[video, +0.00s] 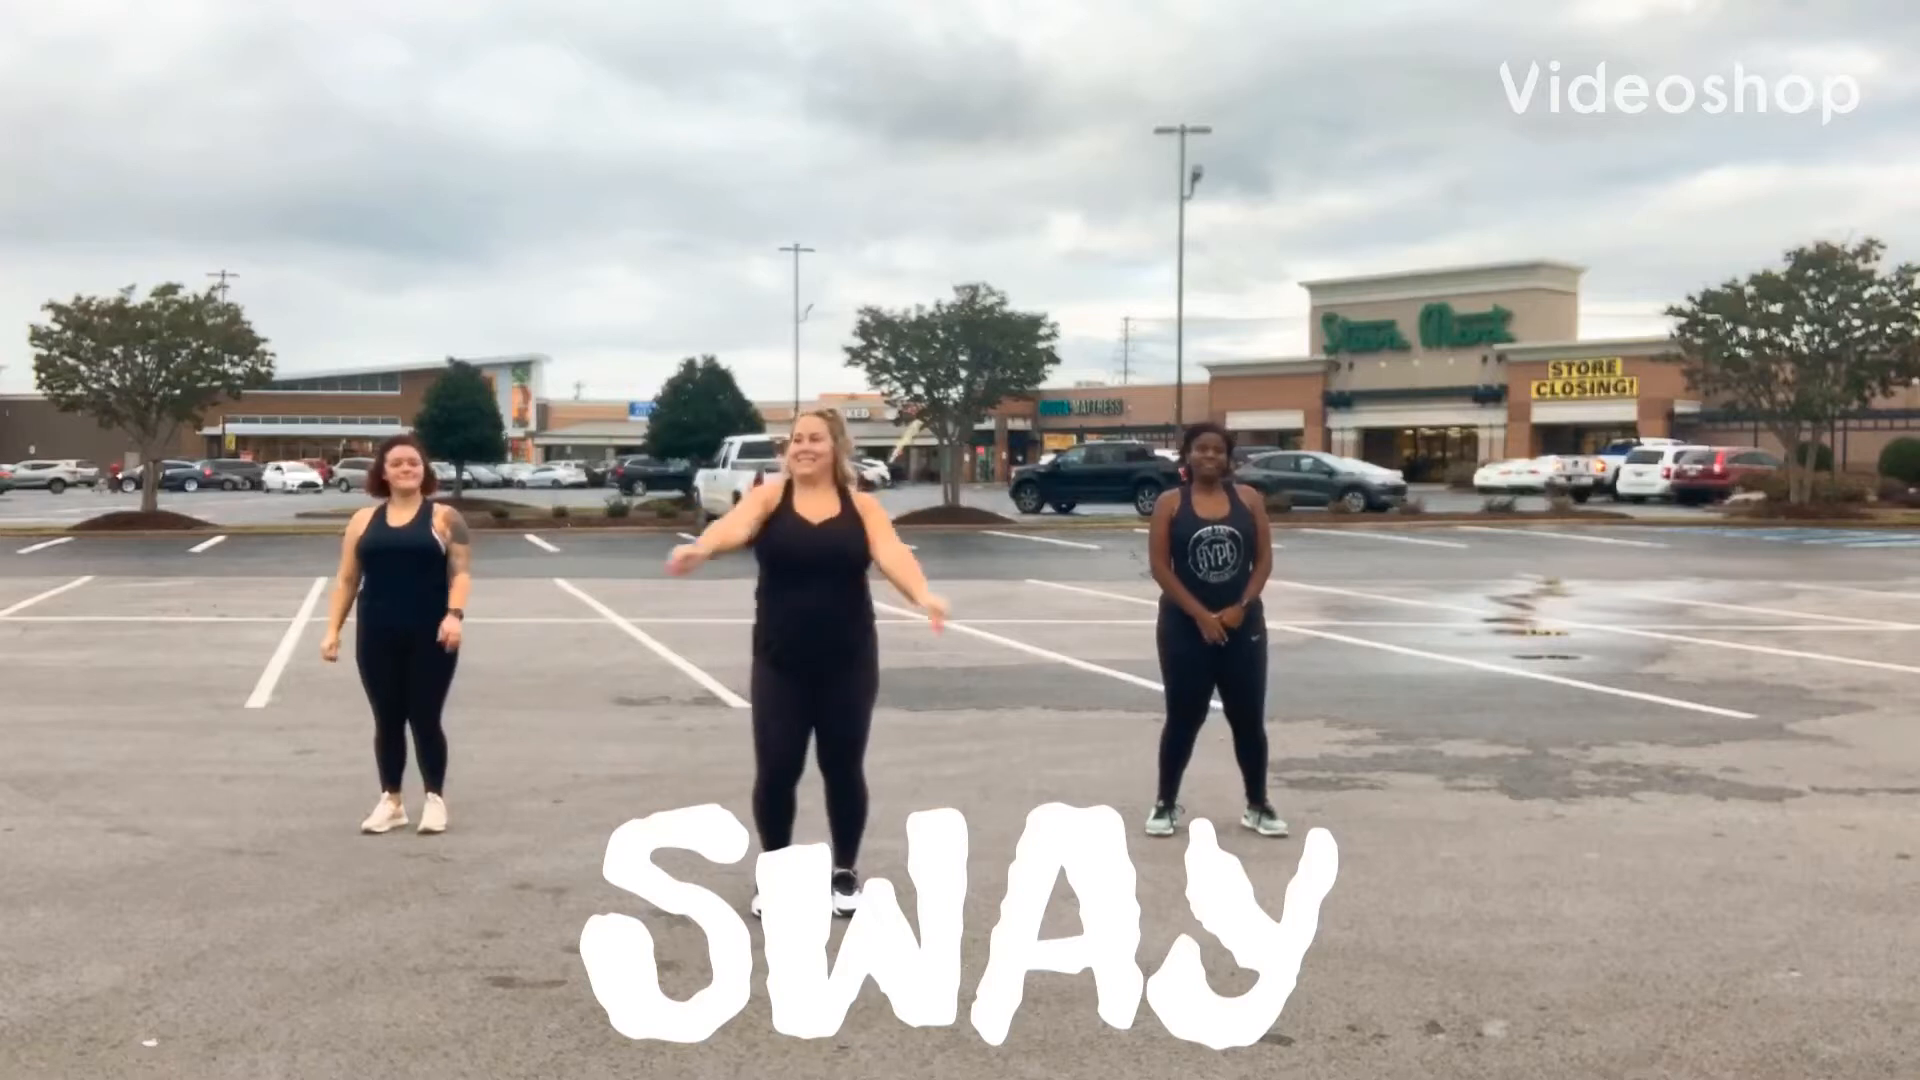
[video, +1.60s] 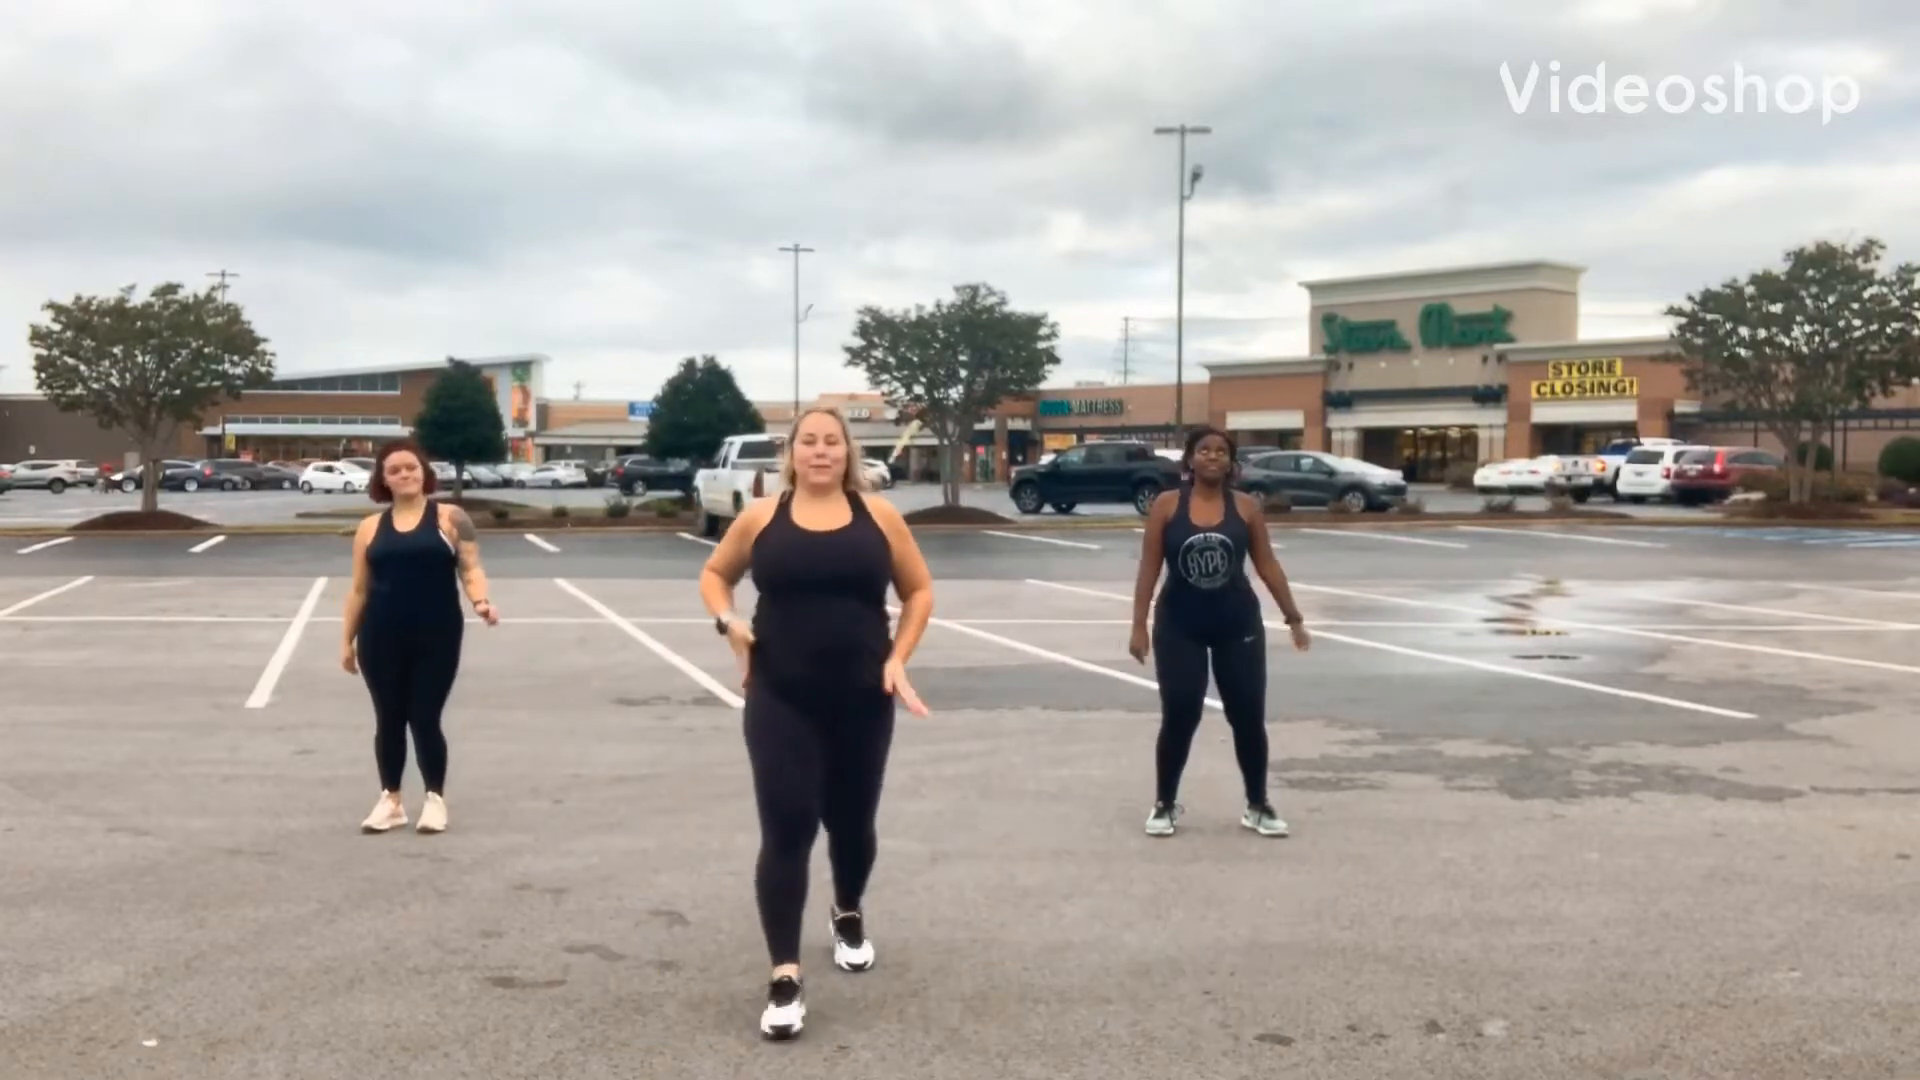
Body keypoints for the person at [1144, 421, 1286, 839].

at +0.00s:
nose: (1209, 456)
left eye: (1216, 450)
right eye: (1201, 449)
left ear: (1228, 458)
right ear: (1187, 457)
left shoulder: (1249, 498)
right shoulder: (1170, 503)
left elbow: (1264, 561)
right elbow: (1159, 567)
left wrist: (1242, 606)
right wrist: (1201, 615)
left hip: (1242, 623)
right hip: (1184, 625)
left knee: (1249, 721)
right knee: (1183, 719)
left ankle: (1258, 805)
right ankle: (1165, 804)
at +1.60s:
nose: (1213, 457)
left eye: (1220, 452)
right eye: (1204, 450)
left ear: (1231, 461)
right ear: (1189, 458)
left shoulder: (1245, 505)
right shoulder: (1167, 504)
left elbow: (1267, 565)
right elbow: (1150, 566)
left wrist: (1293, 617)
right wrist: (1139, 625)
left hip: (1237, 625)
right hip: (1180, 625)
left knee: (1249, 719)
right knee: (1180, 717)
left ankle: (1258, 806)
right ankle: (1164, 805)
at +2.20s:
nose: (1222, 453)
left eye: (1229, 447)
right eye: (1213, 447)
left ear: (1240, 457)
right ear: (1199, 456)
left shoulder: (1256, 503)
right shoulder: (1178, 501)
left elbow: (1269, 567)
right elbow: (1165, 565)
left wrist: (1253, 616)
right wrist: (1160, 622)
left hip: (1247, 625)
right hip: (1192, 625)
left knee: (1251, 718)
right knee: (1186, 716)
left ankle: (1258, 805)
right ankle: (1165, 804)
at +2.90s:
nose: (1213, 451)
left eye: (1220, 445)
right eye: (1204, 446)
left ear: (1231, 455)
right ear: (1189, 459)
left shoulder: (1252, 498)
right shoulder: (1174, 501)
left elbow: (1273, 557)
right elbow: (1161, 563)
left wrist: (1290, 610)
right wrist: (1160, 619)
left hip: (1239, 628)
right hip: (1185, 628)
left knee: (1247, 719)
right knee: (1178, 717)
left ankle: (1257, 805)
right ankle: (1162, 805)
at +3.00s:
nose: (1213, 452)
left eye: (1219, 446)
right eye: (1203, 447)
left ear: (1230, 455)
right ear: (1189, 460)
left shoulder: (1251, 499)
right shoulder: (1174, 502)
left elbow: (1270, 558)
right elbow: (1159, 566)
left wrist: (1285, 611)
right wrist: (1155, 624)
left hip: (1237, 628)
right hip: (1183, 629)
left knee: (1250, 719)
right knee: (1179, 716)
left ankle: (1258, 806)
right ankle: (1162, 806)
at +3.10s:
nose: (1215, 453)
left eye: (1221, 446)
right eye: (1206, 449)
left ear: (1233, 455)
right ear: (1192, 462)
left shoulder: (1254, 499)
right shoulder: (1177, 505)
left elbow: (1271, 559)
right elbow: (1158, 570)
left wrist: (1280, 613)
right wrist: (1148, 627)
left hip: (1243, 627)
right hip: (1185, 628)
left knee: (1253, 719)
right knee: (1182, 716)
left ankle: (1257, 806)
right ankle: (1162, 804)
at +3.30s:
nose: (1230, 452)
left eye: (1235, 445)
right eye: (1220, 447)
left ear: (1247, 454)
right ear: (1207, 460)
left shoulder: (1269, 498)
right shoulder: (1192, 504)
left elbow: (1293, 557)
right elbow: (1171, 562)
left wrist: (1280, 594)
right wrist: (1163, 609)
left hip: (1260, 626)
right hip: (1205, 625)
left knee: (1257, 718)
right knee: (1197, 714)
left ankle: (1258, 806)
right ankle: (1168, 803)